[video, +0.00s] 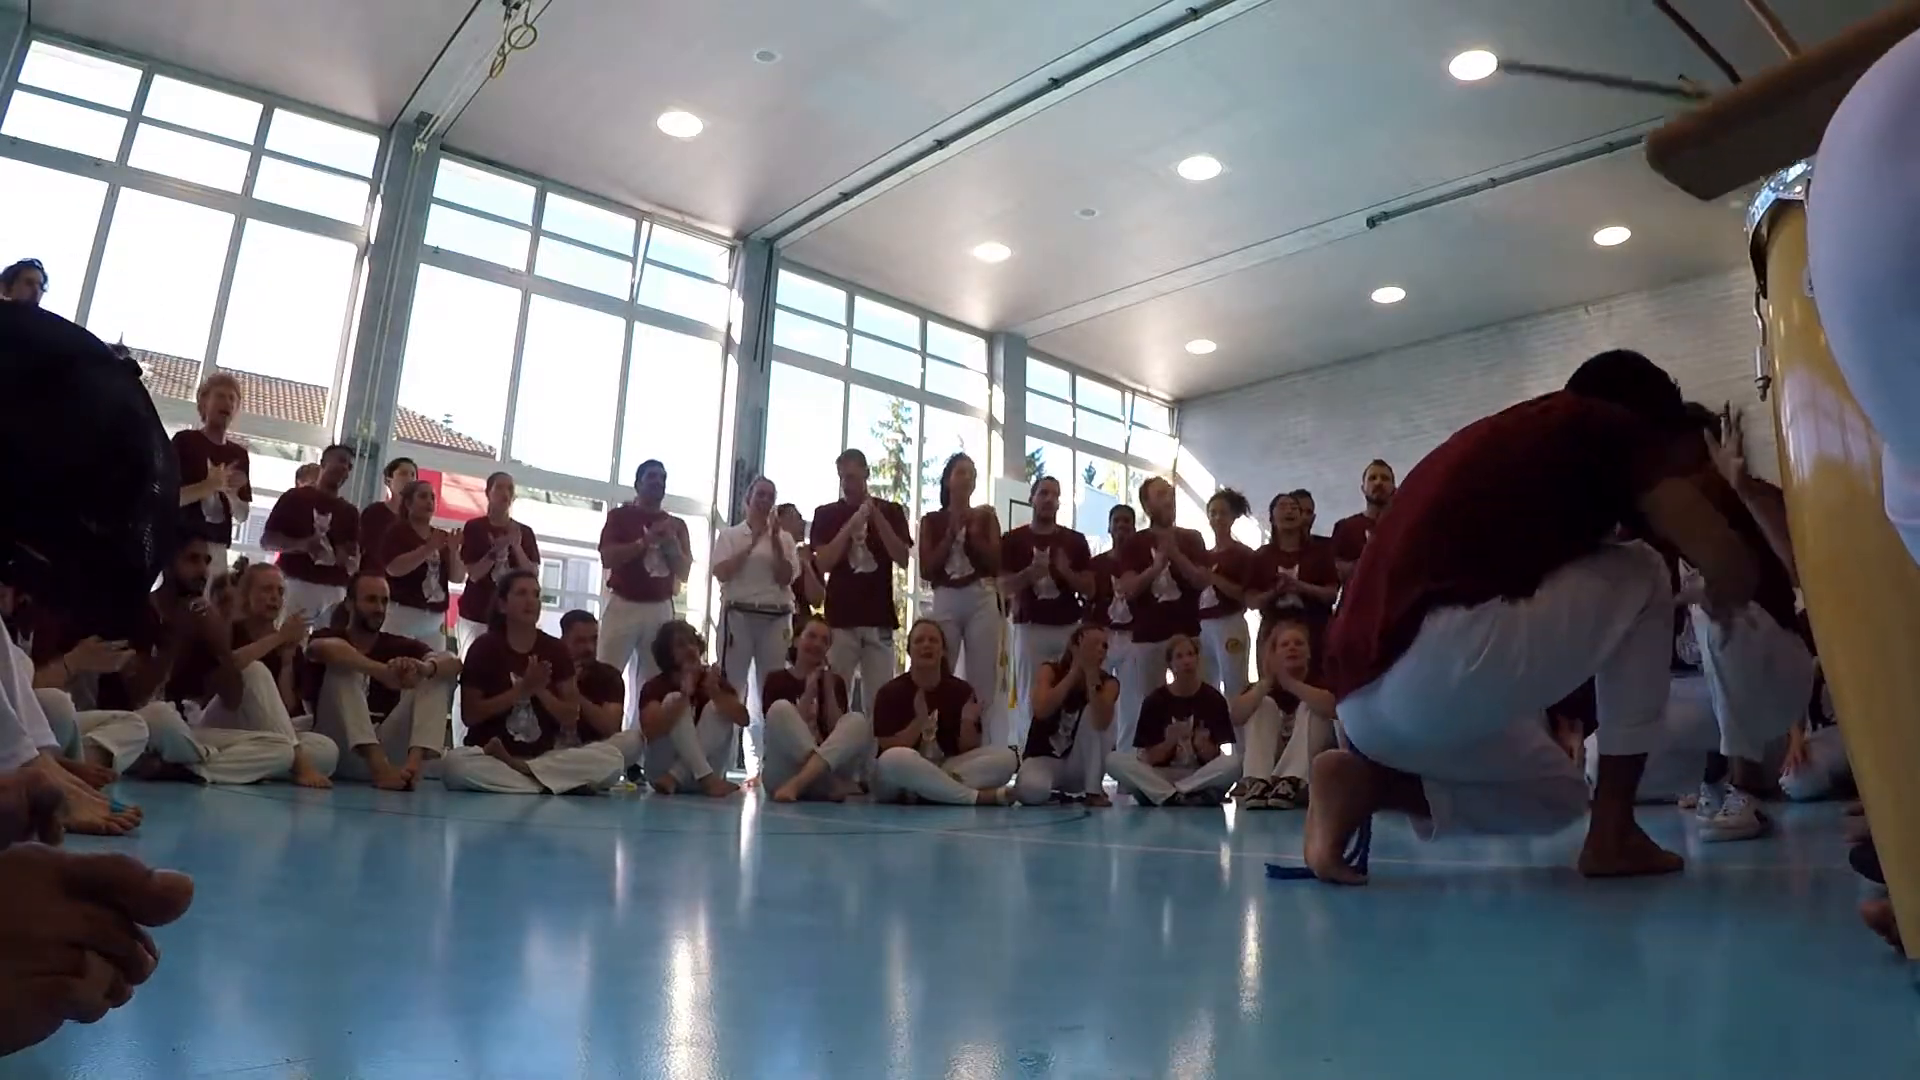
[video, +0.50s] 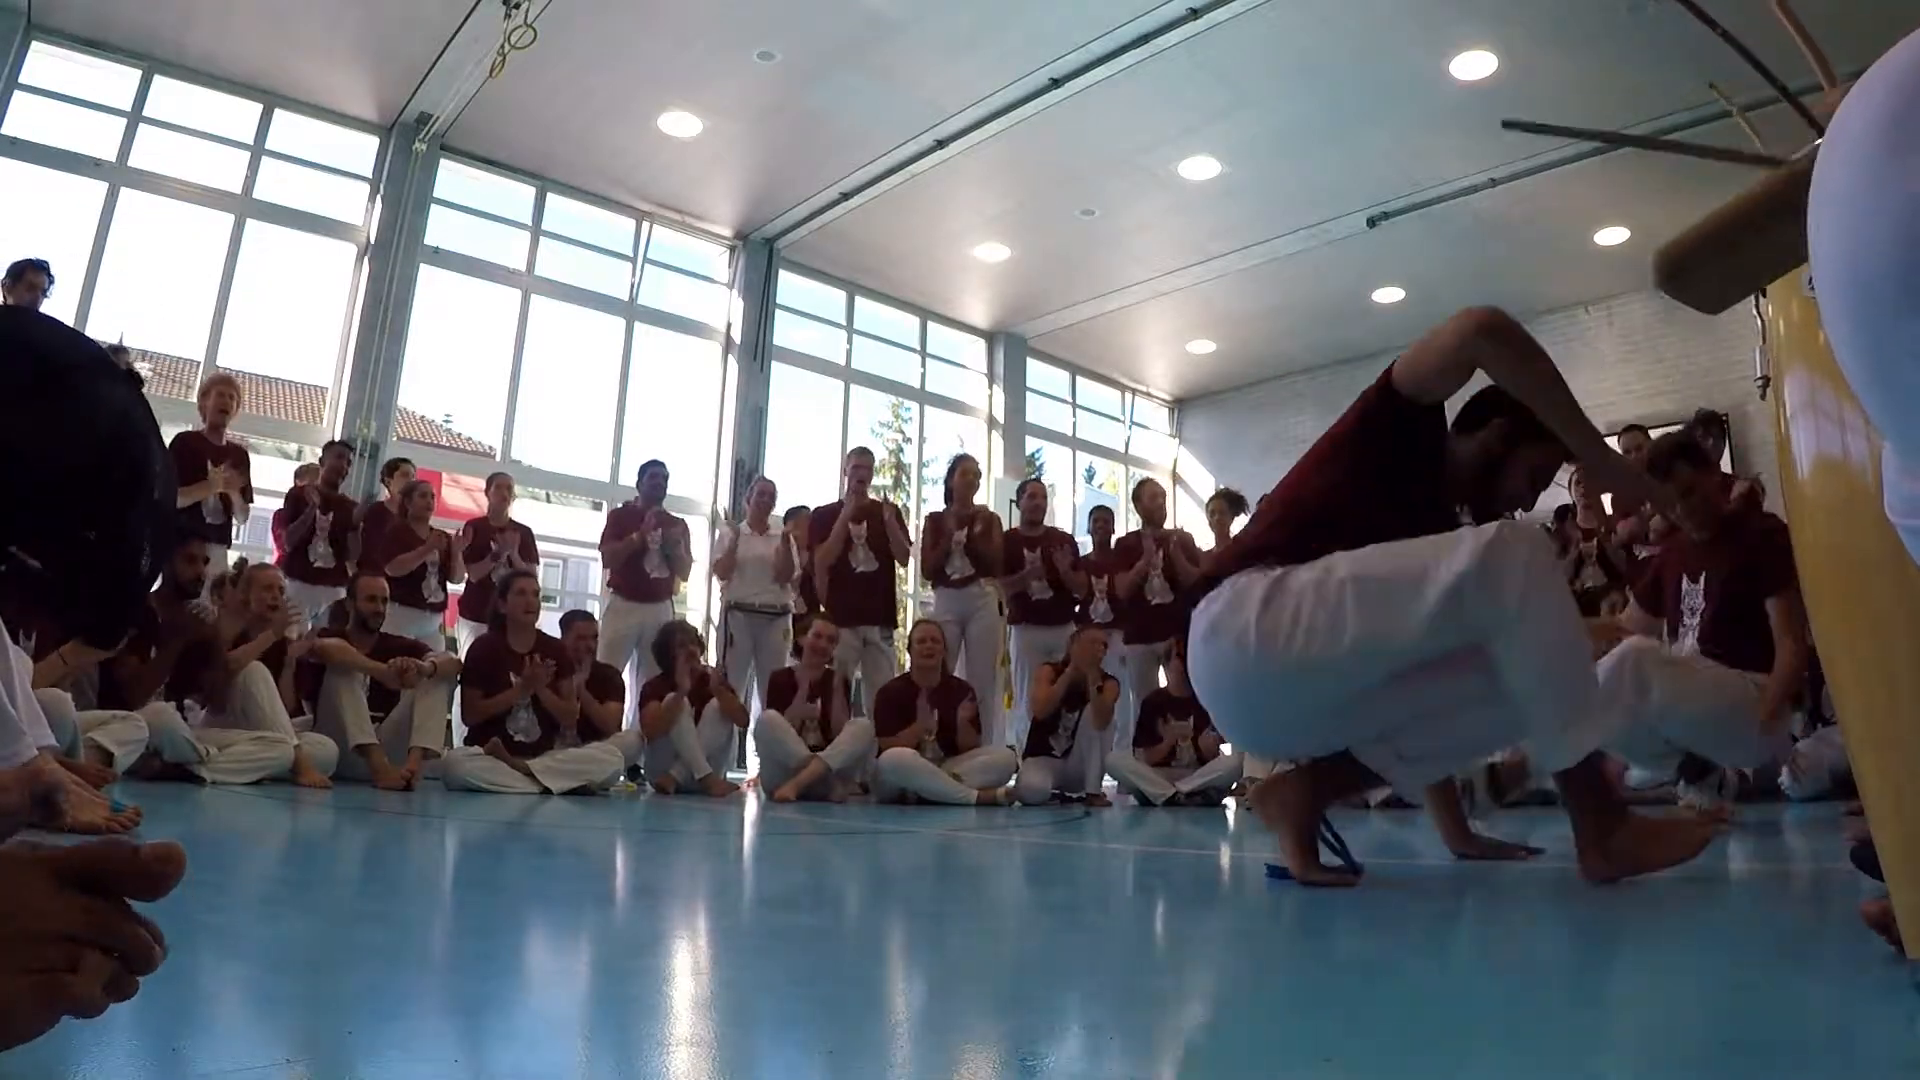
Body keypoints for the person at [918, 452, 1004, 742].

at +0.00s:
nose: (965, 477)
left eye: (970, 473)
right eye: (959, 472)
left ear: (975, 482)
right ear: (947, 479)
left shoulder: (986, 516)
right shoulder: (932, 521)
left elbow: (993, 565)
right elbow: (927, 569)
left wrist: (972, 537)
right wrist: (949, 535)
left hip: (982, 597)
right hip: (944, 597)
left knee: (982, 681)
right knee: (940, 677)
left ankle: (981, 751)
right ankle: (937, 751)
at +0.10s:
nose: (969, 479)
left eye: (974, 475)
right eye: (962, 473)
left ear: (978, 482)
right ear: (949, 479)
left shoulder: (987, 516)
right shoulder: (934, 520)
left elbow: (995, 564)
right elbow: (927, 569)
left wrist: (971, 538)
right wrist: (949, 535)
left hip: (983, 598)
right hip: (945, 598)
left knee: (982, 682)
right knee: (940, 677)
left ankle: (986, 755)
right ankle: (938, 754)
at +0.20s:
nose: (970, 479)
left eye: (975, 475)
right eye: (964, 473)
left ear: (980, 482)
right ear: (950, 479)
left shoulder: (988, 517)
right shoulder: (935, 520)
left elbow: (995, 564)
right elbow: (928, 570)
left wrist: (970, 533)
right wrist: (958, 537)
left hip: (984, 599)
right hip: (946, 599)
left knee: (982, 680)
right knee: (940, 677)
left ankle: (984, 753)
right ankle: (938, 751)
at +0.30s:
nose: (970, 479)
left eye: (975, 475)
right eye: (964, 473)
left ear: (980, 482)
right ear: (950, 479)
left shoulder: (989, 518)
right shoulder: (935, 520)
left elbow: (995, 564)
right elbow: (928, 570)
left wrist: (972, 535)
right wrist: (954, 542)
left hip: (984, 599)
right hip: (946, 599)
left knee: (982, 680)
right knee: (940, 677)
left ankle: (982, 753)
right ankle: (939, 752)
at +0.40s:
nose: (970, 479)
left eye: (975, 475)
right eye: (964, 473)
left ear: (980, 482)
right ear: (951, 479)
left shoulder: (990, 519)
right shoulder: (936, 520)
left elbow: (995, 566)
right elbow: (927, 570)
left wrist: (973, 539)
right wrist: (949, 541)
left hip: (983, 598)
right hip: (946, 598)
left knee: (982, 680)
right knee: (940, 677)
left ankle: (983, 753)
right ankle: (939, 752)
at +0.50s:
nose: (970, 479)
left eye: (975, 475)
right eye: (964, 473)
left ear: (980, 482)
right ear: (950, 479)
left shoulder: (989, 519)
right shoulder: (935, 520)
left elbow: (994, 566)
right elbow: (927, 570)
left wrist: (972, 539)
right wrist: (948, 543)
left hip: (982, 598)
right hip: (945, 599)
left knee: (981, 680)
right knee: (940, 677)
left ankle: (983, 752)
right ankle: (937, 751)